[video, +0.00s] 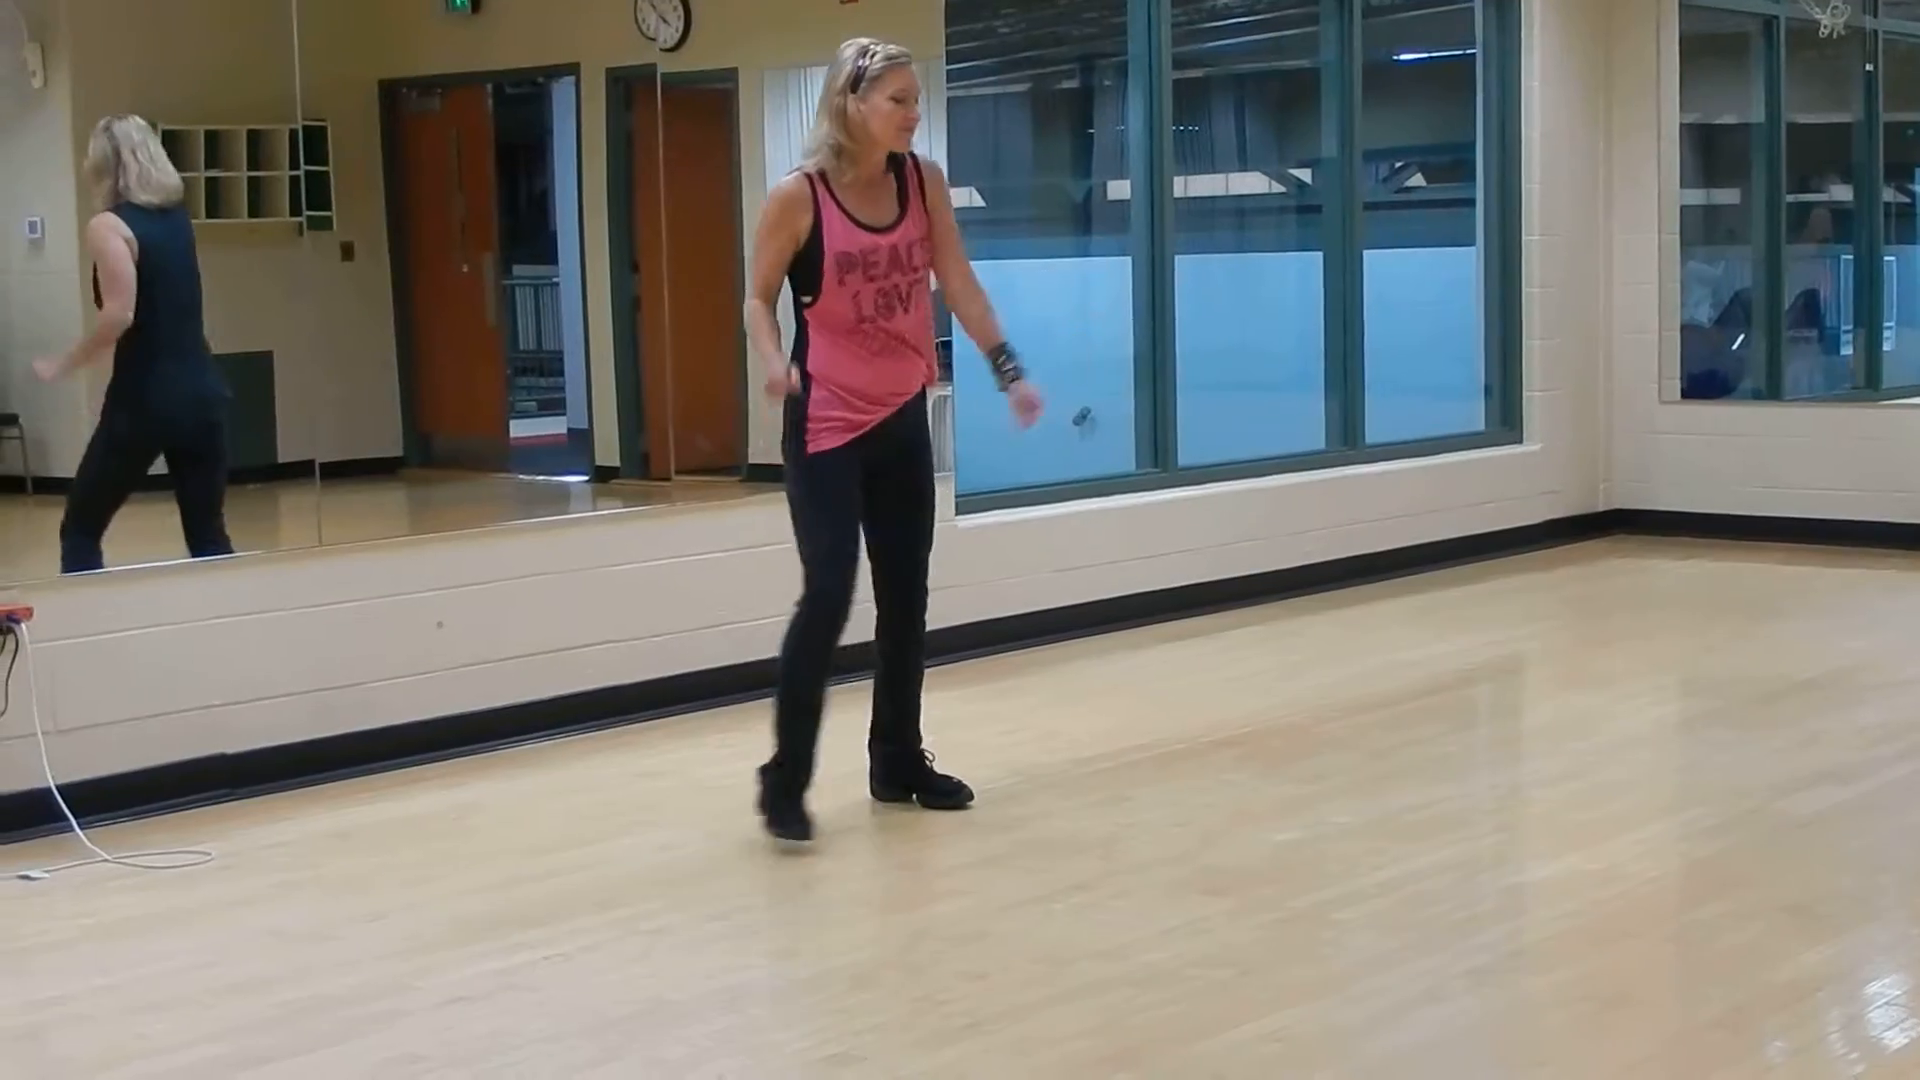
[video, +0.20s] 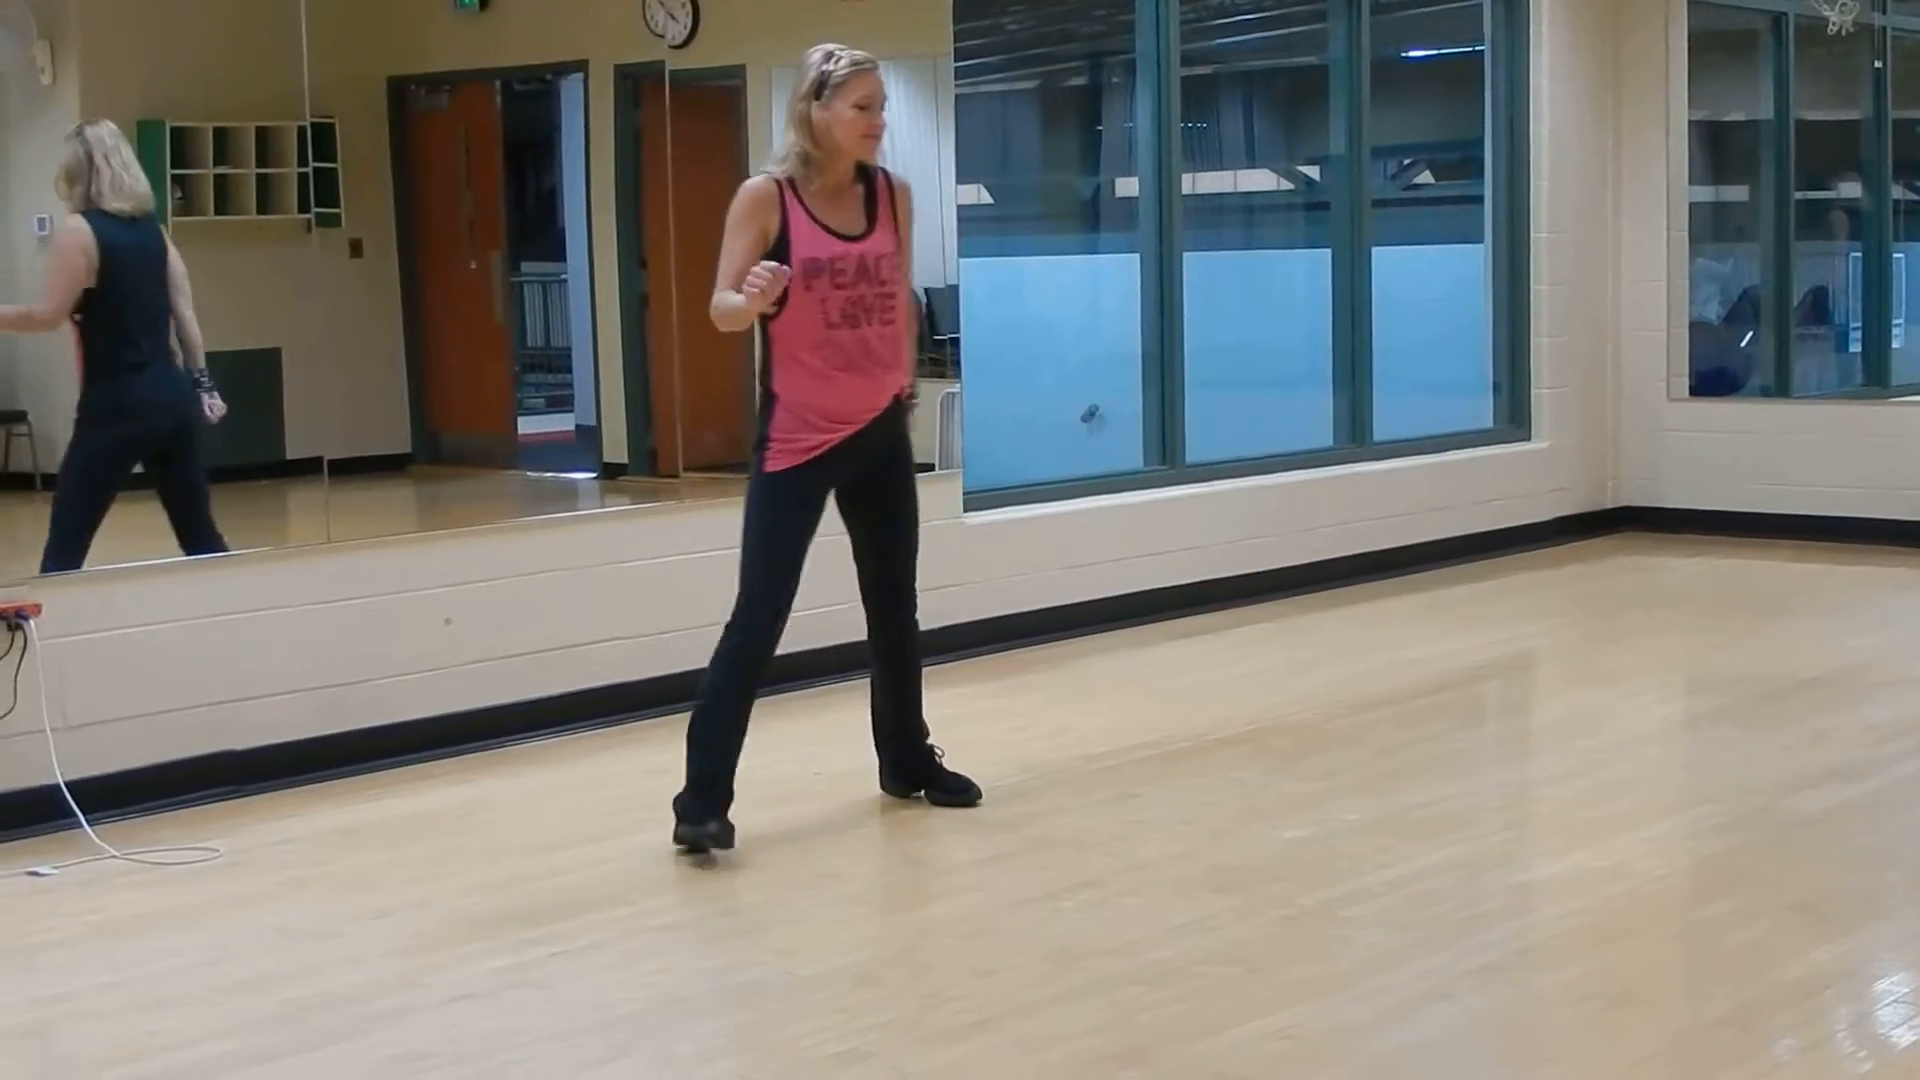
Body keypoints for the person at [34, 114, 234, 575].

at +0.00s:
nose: (89, 172)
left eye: (93, 162)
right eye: (90, 162)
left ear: (108, 166)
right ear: (152, 159)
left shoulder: (109, 226)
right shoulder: (177, 219)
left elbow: (119, 314)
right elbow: (183, 307)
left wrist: (64, 363)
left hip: (144, 401)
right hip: (199, 395)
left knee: (79, 532)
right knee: (208, 534)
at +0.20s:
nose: (61, 177)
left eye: (65, 167)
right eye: (63, 166)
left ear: (77, 172)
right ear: (127, 168)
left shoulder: (79, 231)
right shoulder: (154, 232)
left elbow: (49, 316)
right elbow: (183, 311)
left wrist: (4, 316)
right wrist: (203, 382)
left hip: (112, 411)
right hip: (170, 405)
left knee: (67, 539)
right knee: (198, 531)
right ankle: (249, 629)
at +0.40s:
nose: (25, 166)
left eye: (29, 157)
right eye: (28, 157)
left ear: (38, 161)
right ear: (92, 158)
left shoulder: (25, 221)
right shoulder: (116, 224)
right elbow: (164, 296)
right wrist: (158, 372)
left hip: (56, 404)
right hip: (118, 400)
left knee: (26, 544)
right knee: (132, 527)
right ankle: (202, 603)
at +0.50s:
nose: (15, 171)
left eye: (20, 162)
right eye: (18, 162)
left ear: (28, 165)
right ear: (84, 162)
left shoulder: (14, 227)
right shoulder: (111, 228)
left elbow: (7, 310)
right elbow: (160, 299)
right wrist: (139, 369)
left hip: (40, 405)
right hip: (106, 404)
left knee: (24, 542)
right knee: (82, 526)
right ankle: (155, 598)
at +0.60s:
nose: (11, 176)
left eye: (15, 167)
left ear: (20, 173)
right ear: (78, 167)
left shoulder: (13, 237)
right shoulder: (110, 231)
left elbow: (6, 314)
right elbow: (153, 307)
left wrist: (17, 337)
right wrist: (125, 365)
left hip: (32, 408)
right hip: (97, 409)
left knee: (24, 542)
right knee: (52, 534)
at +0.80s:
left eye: (14, 174)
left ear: (19, 180)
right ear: (78, 175)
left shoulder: (13, 246)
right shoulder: (106, 241)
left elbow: (5, 340)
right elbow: (131, 324)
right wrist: (77, 319)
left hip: (32, 424)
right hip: (97, 418)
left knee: (31, 557)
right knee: (65, 551)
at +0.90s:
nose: (1, 192)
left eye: (5, 183)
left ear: (14, 189)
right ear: (68, 184)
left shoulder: (12, 255)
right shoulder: (95, 250)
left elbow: (10, 355)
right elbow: (117, 339)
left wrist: (6, 432)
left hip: (44, 441)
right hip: (109, 433)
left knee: (11, 577)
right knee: (95, 572)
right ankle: (140, 675)